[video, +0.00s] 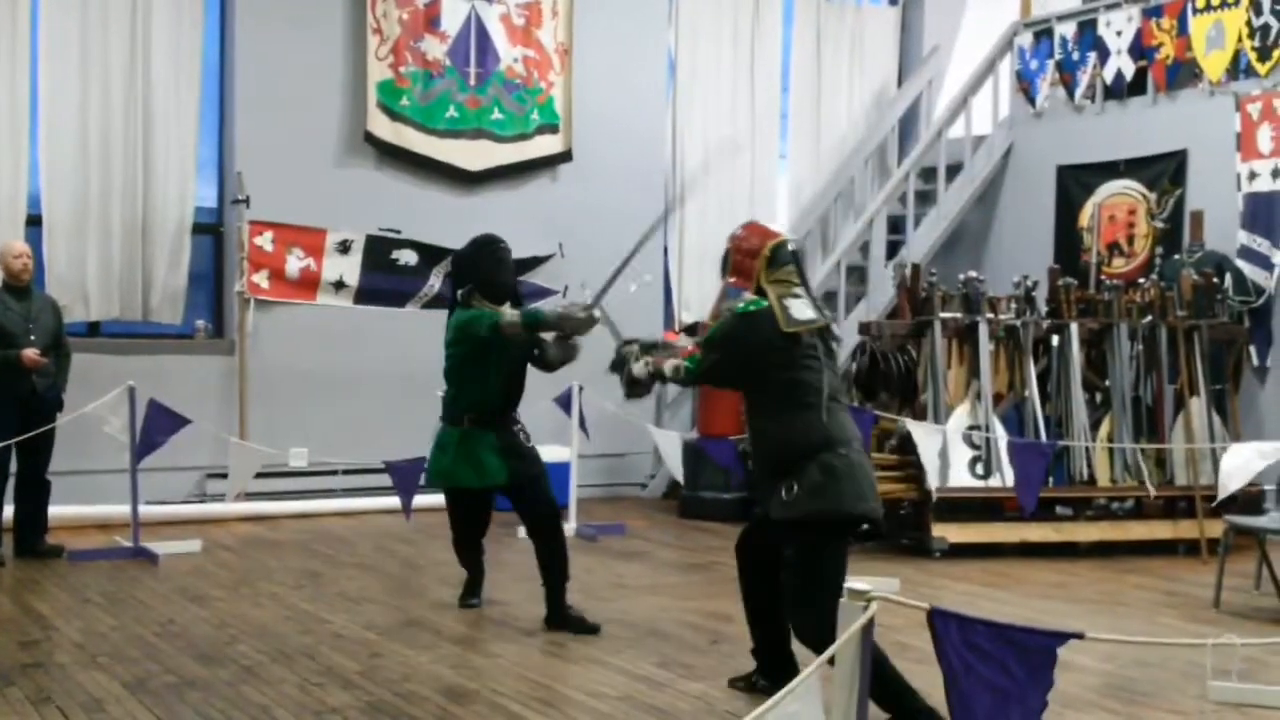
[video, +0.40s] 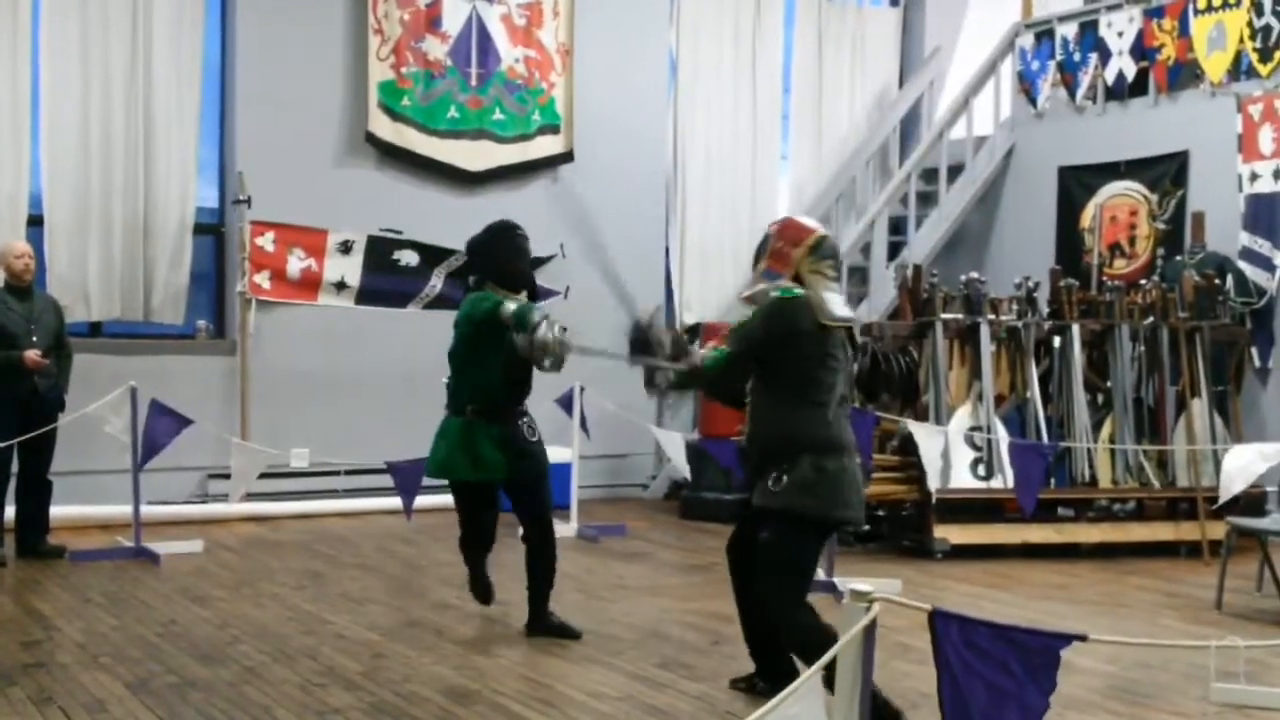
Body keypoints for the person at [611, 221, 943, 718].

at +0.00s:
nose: (728, 274)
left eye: (732, 265)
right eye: (729, 265)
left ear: (747, 268)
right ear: (779, 267)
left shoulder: (754, 321)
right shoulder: (805, 315)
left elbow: (707, 370)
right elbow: (739, 359)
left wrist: (667, 367)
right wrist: (691, 349)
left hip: (817, 488)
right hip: (838, 482)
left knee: (814, 621)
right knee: (754, 549)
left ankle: (917, 711)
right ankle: (774, 671)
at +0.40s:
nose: (759, 270)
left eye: (764, 261)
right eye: (761, 261)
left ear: (780, 259)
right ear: (811, 262)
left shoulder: (784, 307)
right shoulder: (828, 316)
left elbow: (722, 371)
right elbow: (767, 401)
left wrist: (681, 364)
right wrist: (697, 370)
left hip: (804, 480)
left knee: (778, 597)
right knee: (743, 553)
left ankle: (867, 702)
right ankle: (773, 674)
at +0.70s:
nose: (801, 244)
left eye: (811, 233)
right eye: (805, 232)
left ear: (831, 241)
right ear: (851, 242)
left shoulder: (840, 308)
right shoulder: (857, 305)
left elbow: (784, 372)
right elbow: (805, 367)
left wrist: (723, 353)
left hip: (841, 486)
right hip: (855, 482)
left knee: (776, 602)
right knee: (802, 594)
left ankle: (811, 696)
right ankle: (808, 685)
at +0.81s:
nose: (810, 254)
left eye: (818, 242)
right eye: (813, 241)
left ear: (838, 248)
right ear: (871, 246)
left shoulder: (851, 316)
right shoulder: (893, 308)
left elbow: (794, 390)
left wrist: (751, 376)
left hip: (865, 492)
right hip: (902, 486)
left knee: (787, 601)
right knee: (833, 591)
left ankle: (831, 706)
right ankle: (884, 696)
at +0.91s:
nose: (841, 247)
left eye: (849, 235)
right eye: (843, 234)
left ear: (869, 240)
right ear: (904, 239)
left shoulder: (874, 311)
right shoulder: (930, 306)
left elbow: (831, 390)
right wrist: (807, 347)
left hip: (894, 498)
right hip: (941, 493)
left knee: (808, 595)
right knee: (879, 592)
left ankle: (832, 707)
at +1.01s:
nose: (875, 254)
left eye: (884, 241)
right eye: (878, 240)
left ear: (907, 247)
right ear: (946, 243)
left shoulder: (909, 312)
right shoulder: (975, 306)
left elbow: (858, 385)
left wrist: (817, 404)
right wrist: (842, 380)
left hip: (929, 505)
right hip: (984, 502)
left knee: (830, 591)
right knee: (947, 615)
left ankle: (837, 708)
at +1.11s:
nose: (930, 243)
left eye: (938, 230)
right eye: (934, 229)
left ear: (962, 239)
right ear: (995, 238)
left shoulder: (957, 312)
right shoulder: (1028, 304)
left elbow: (903, 391)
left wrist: (850, 410)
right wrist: (870, 396)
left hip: (973, 510)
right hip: (1031, 507)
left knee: (876, 599)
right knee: (1040, 632)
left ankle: (856, 709)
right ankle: (1157, 714)